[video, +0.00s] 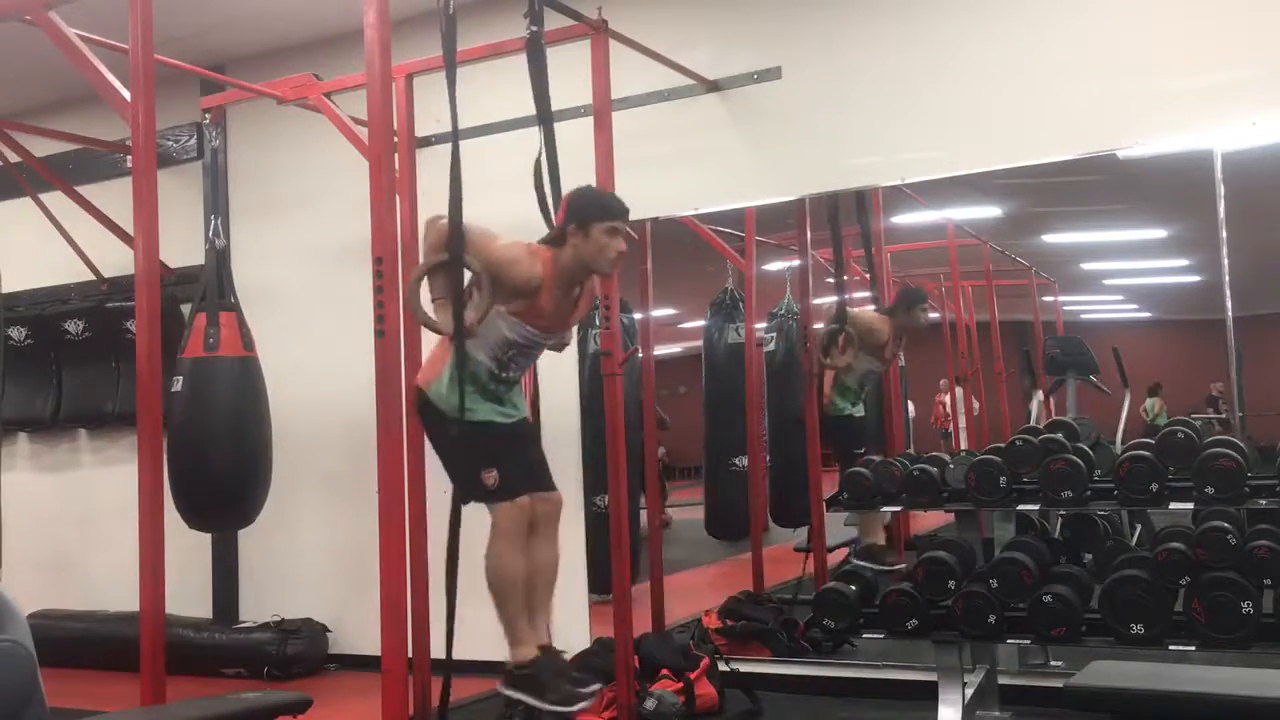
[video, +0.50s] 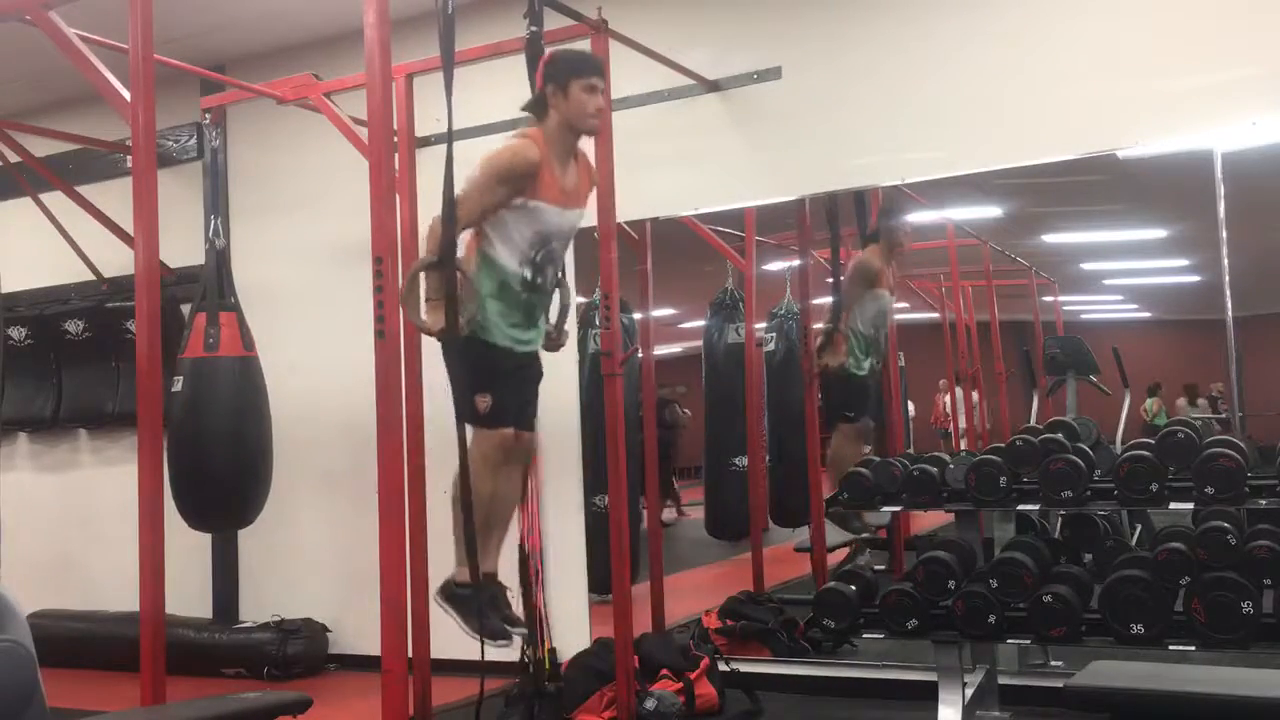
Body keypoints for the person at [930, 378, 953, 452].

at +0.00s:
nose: (942, 387)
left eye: (944, 385)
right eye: (941, 385)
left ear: (948, 386)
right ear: (940, 386)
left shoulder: (950, 396)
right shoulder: (938, 396)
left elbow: (953, 408)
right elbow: (935, 409)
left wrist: (953, 421)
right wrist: (933, 419)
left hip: (949, 421)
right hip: (940, 422)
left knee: (951, 439)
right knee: (943, 440)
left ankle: (952, 452)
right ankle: (944, 453)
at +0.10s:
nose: (942, 387)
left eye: (944, 385)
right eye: (941, 385)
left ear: (948, 386)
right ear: (940, 386)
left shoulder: (950, 395)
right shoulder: (938, 396)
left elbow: (953, 408)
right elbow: (935, 409)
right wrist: (933, 419)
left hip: (949, 421)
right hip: (940, 421)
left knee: (951, 439)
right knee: (943, 440)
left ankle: (952, 452)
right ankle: (944, 453)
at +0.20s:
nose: (942, 387)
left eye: (944, 385)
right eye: (941, 385)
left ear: (948, 386)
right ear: (940, 386)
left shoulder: (950, 396)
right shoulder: (938, 396)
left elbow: (953, 409)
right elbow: (935, 409)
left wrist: (953, 421)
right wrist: (933, 419)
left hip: (949, 422)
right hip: (940, 422)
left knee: (951, 439)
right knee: (942, 440)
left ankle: (952, 452)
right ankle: (944, 453)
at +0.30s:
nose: (942, 387)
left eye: (944, 385)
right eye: (941, 385)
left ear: (947, 386)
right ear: (939, 386)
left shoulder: (949, 396)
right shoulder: (938, 396)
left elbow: (952, 408)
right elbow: (935, 409)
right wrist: (933, 419)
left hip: (949, 421)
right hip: (940, 421)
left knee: (950, 438)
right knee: (942, 439)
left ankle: (951, 452)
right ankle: (944, 453)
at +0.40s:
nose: (942, 387)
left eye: (944, 385)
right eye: (941, 385)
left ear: (947, 386)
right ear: (939, 386)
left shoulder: (950, 395)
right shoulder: (938, 396)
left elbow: (953, 408)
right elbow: (935, 408)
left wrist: (953, 420)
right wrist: (933, 419)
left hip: (949, 421)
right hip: (940, 421)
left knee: (950, 439)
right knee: (943, 439)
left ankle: (951, 452)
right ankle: (944, 453)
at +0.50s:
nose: (942, 387)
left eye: (943, 385)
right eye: (941, 385)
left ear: (947, 386)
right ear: (939, 386)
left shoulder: (949, 395)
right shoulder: (938, 396)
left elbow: (952, 408)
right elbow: (935, 408)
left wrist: (952, 420)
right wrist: (933, 419)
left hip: (948, 421)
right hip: (940, 422)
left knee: (950, 439)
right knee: (942, 440)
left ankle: (951, 453)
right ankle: (944, 453)